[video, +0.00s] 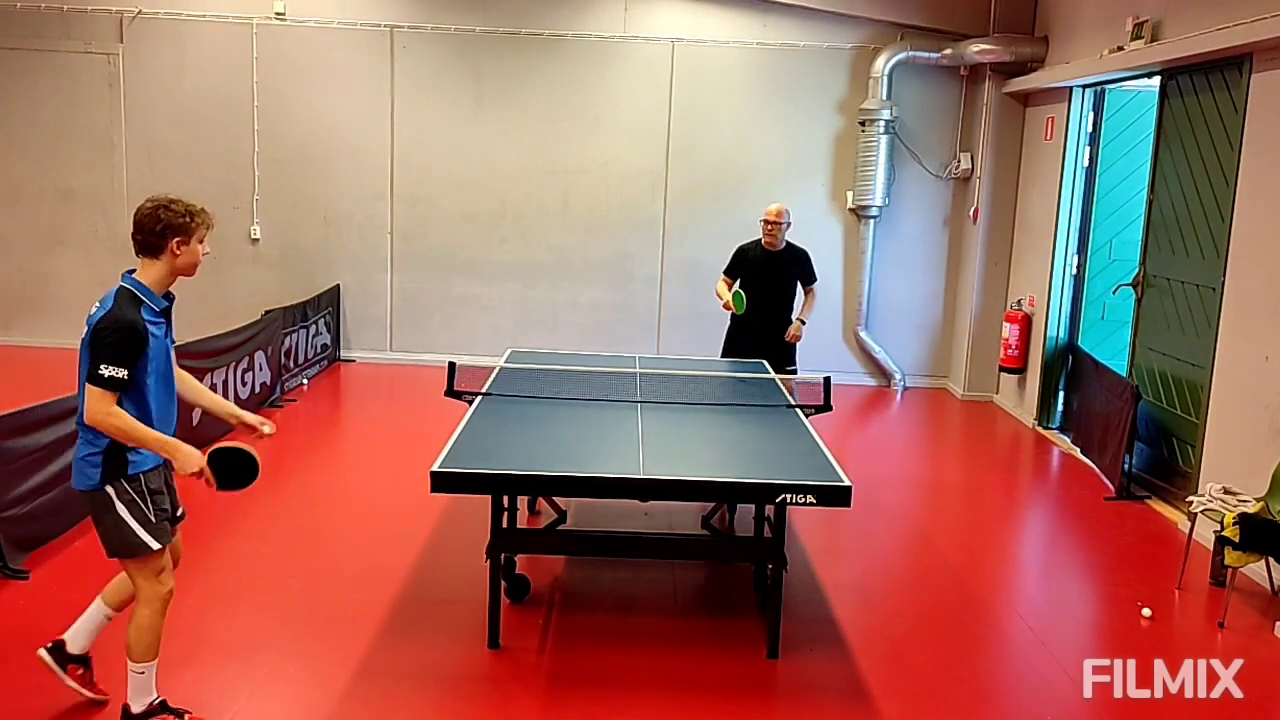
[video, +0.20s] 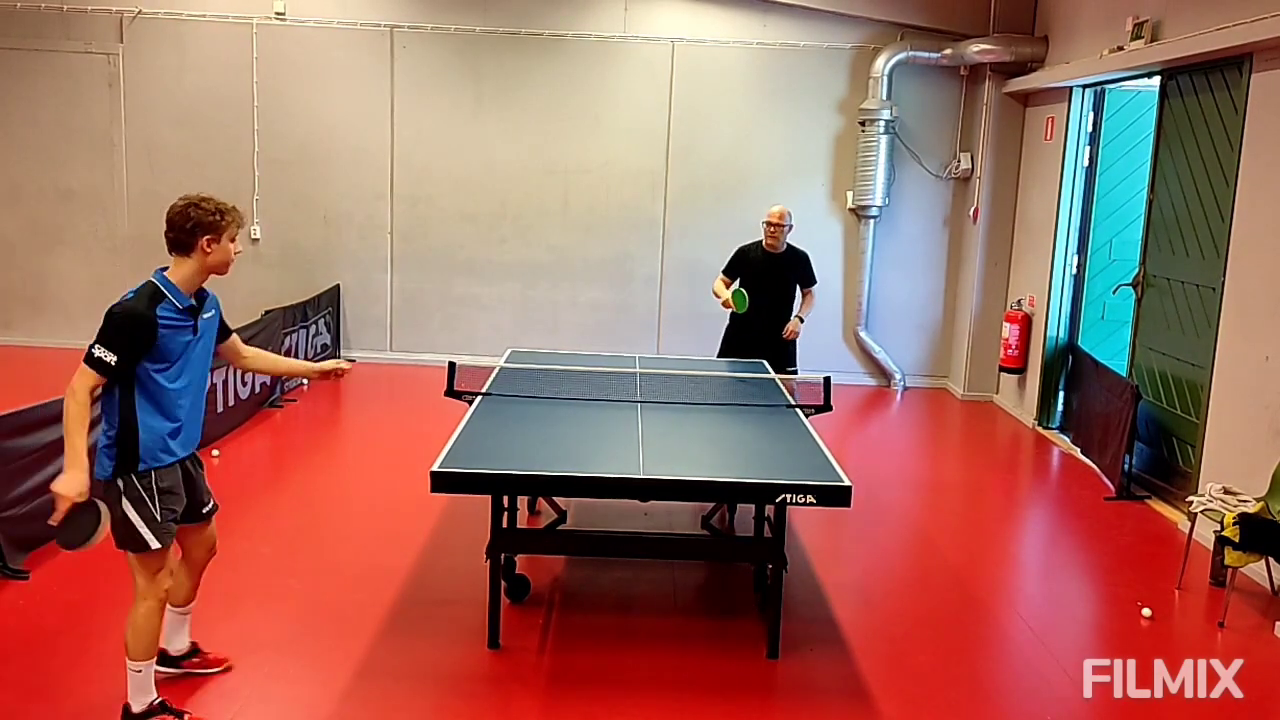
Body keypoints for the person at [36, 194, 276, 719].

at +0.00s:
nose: (205, 253)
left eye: (204, 244)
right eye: (201, 244)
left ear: (168, 247)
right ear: (176, 248)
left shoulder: (157, 300)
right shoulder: (121, 318)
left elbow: (168, 374)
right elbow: (97, 412)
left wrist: (234, 414)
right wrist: (174, 449)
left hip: (147, 461)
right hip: (117, 472)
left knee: (167, 558)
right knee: (155, 585)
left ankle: (71, 647)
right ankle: (142, 706)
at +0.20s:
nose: (236, 250)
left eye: (236, 241)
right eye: (232, 241)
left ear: (197, 244)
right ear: (206, 244)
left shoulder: (204, 304)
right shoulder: (137, 312)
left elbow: (239, 355)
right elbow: (80, 389)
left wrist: (313, 369)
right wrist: (75, 469)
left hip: (180, 457)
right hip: (136, 469)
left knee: (200, 546)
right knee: (153, 582)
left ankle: (175, 649)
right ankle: (140, 705)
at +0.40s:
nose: (269, 255)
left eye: (269, 245)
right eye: (265, 246)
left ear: (233, 248)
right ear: (238, 248)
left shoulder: (242, 309)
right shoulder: (168, 307)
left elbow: (290, 361)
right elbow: (105, 372)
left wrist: (364, 374)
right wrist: (94, 438)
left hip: (200, 456)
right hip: (156, 462)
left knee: (216, 549)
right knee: (167, 581)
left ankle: (207, 650)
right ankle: (143, 703)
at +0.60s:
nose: (290, 250)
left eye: (289, 241)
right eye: (286, 241)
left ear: (256, 244)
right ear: (260, 245)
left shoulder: (247, 299)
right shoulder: (211, 303)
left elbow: (263, 366)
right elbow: (227, 391)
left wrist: (294, 380)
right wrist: (304, 406)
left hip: (205, 444)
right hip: (167, 451)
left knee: (219, 544)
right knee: (174, 571)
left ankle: (207, 650)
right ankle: (148, 698)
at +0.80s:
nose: (288, 245)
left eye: (286, 235)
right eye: (284, 236)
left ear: (242, 240)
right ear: (263, 240)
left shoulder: (213, 286)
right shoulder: (238, 297)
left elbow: (219, 362)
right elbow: (306, 351)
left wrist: (277, 363)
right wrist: (349, 310)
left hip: (204, 446)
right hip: (183, 452)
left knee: (221, 543)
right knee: (192, 574)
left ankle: (206, 650)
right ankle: (140, 700)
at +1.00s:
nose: (281, 243)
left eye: (280, 234)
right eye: (278, 235)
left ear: (232, 241)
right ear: (258, 241)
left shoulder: (194, 290)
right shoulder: (247, 303)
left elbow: (165, 343)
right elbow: (311, 354)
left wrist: (234, 365)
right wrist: (344, 310)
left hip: (177, 454)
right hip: (198, 460)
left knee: (211, 563)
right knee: (213, 589)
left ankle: (207, 650)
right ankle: (171, 711)